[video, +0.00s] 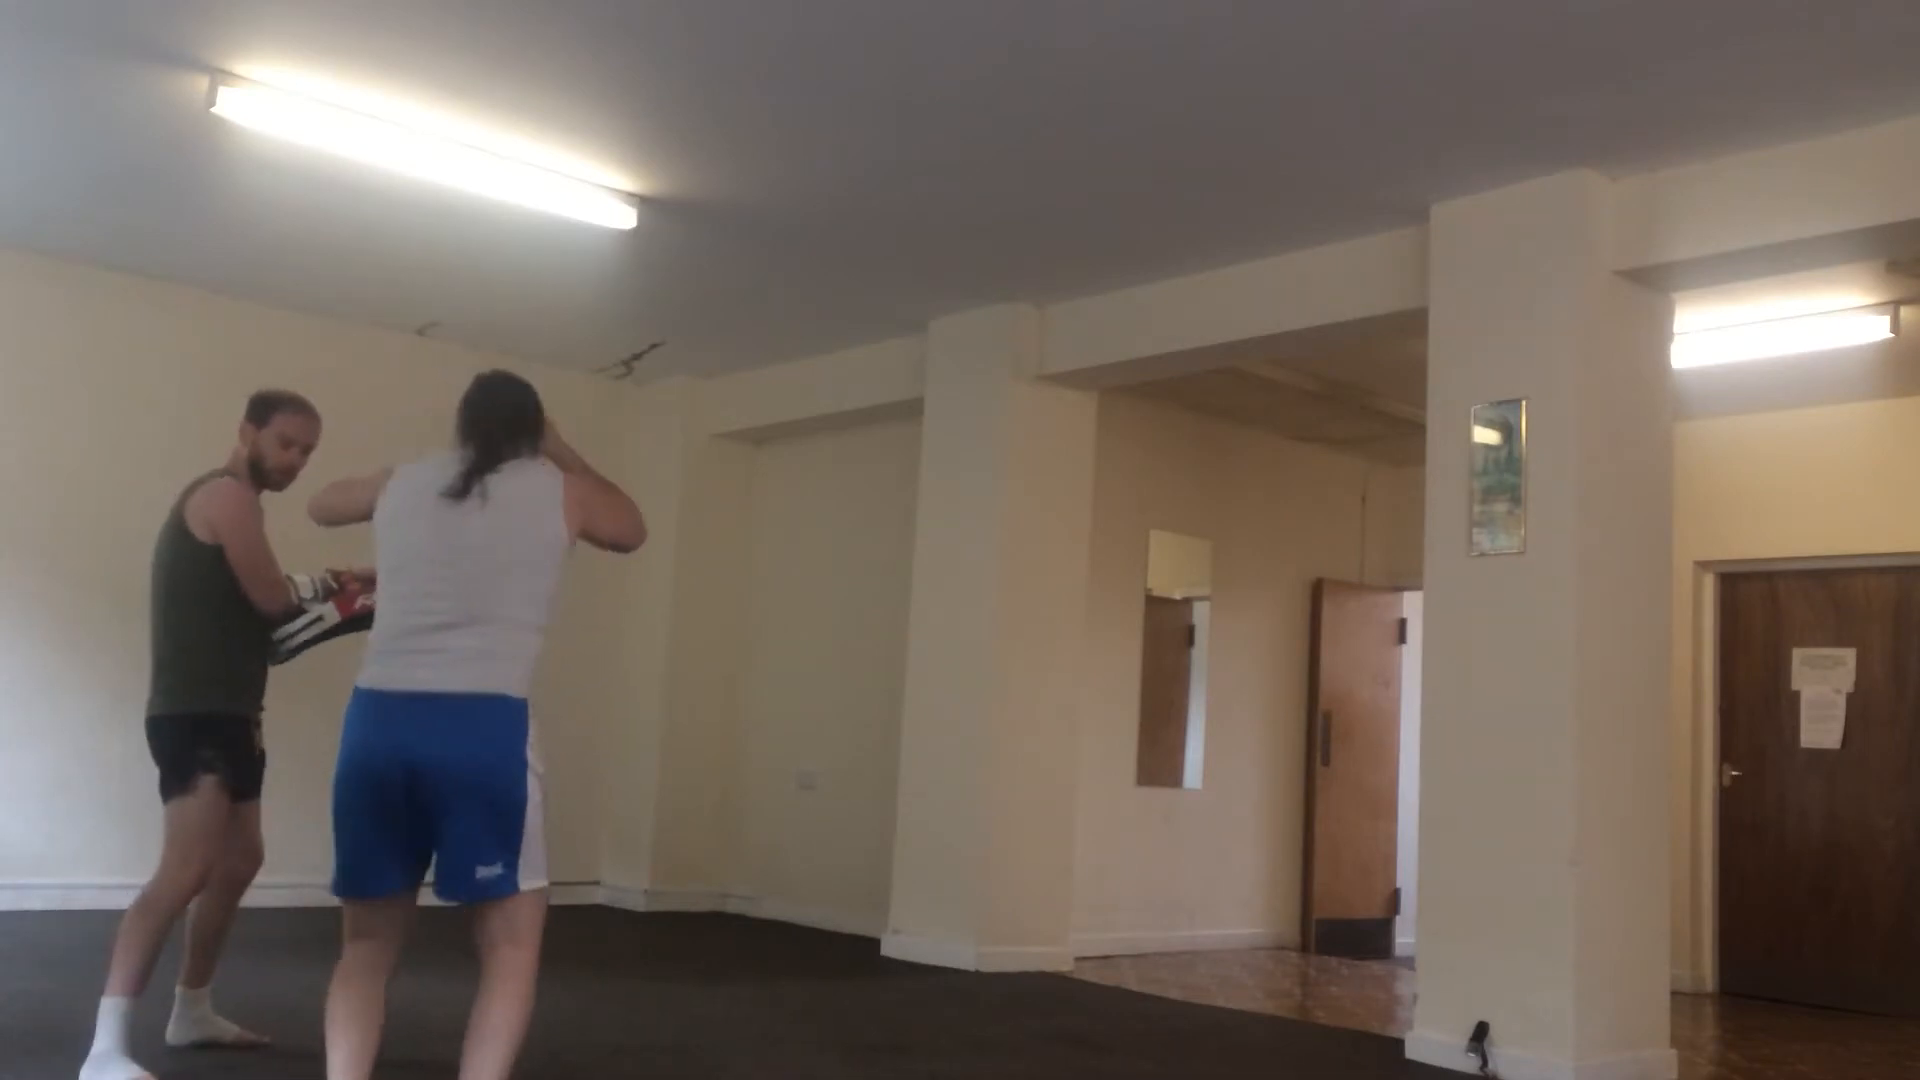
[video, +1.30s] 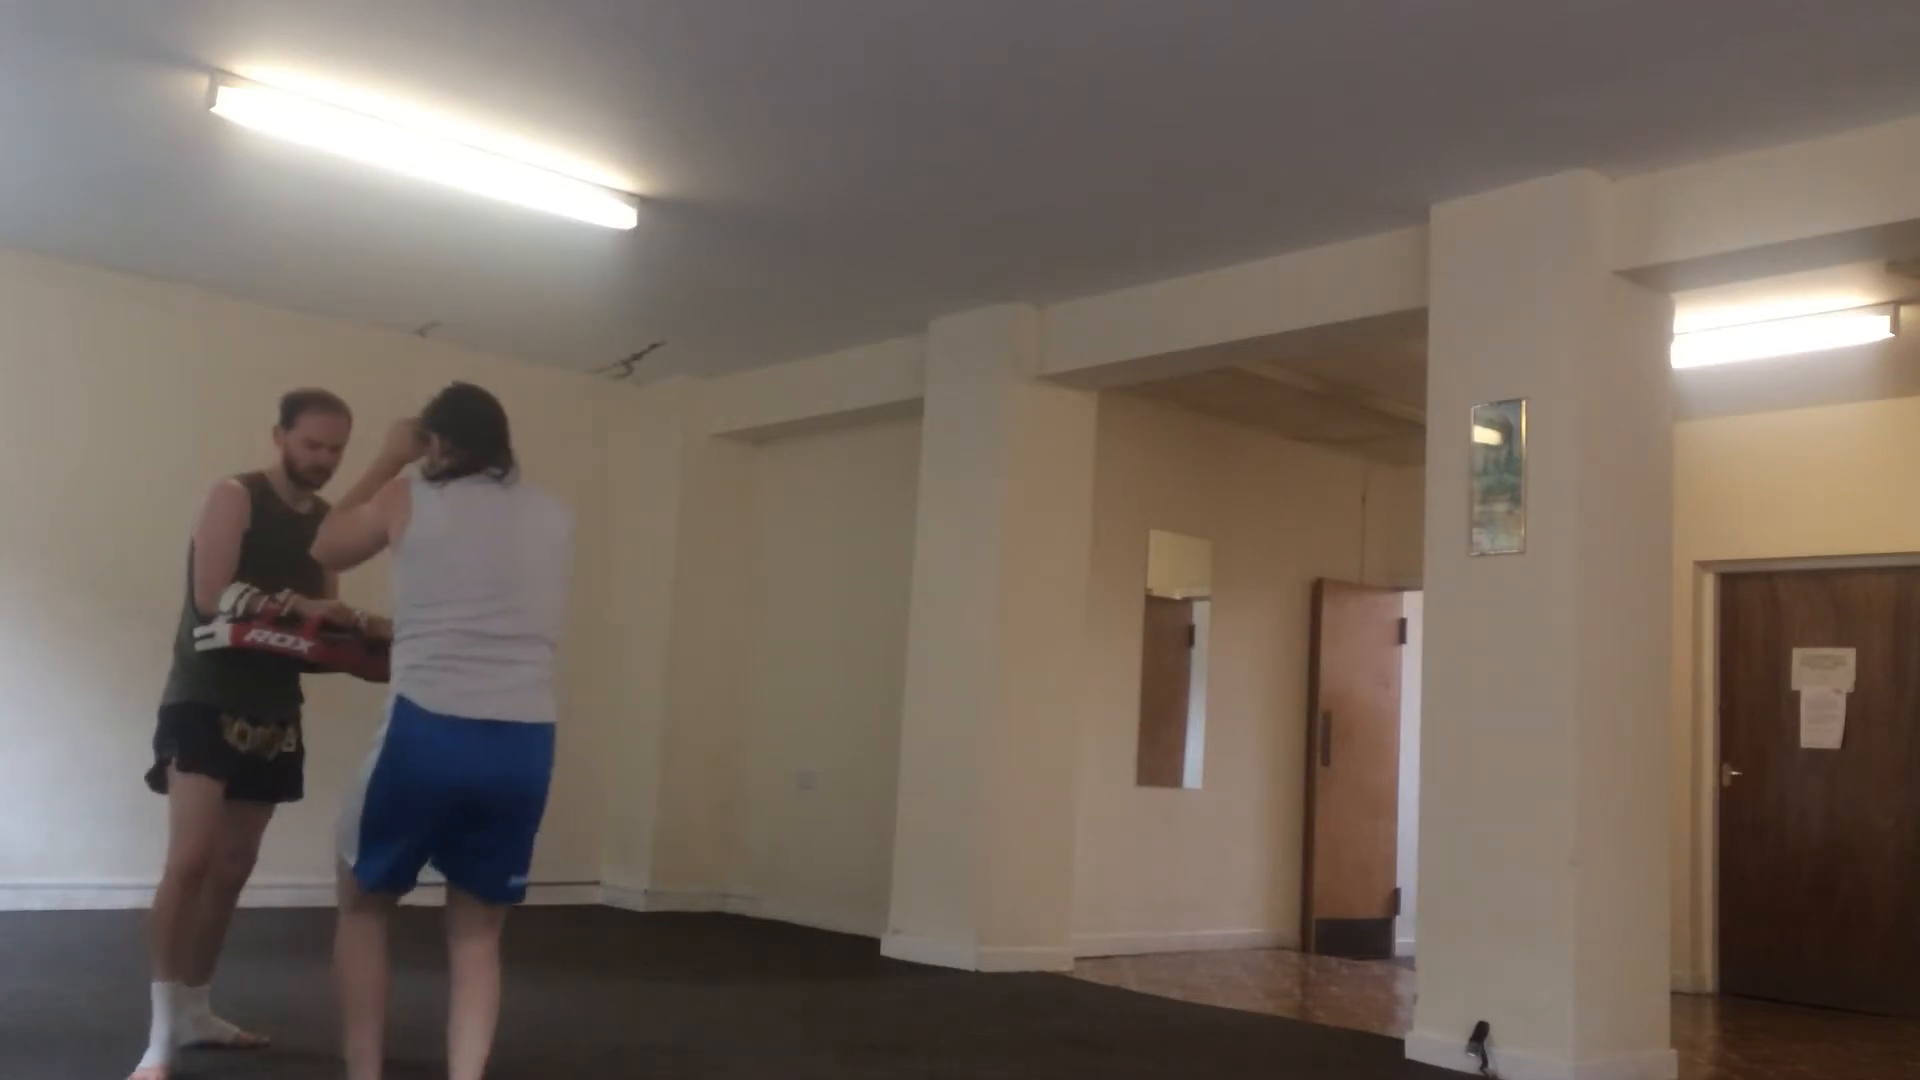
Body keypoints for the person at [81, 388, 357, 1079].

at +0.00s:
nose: (296, 461)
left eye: (305, 451)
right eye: (287, 445)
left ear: (305, 451)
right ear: (249, 433)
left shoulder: (220, 497)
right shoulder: (227, 496)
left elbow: (256, 626)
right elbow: (272, 598)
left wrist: (329, 598)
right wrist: (323, 585)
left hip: (228, 715)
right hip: (199, 716)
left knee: (238, 862)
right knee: (184, 869)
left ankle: (191, 1012)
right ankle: (105, 1049)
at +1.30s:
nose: (324, 460)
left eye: (335, 451)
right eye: (314, 445)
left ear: (341, 453)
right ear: (280, 436)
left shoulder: (324, 520)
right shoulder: (233, 498)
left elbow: (325, 612)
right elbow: (211, 595)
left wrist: (366, 629)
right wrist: (299, 607)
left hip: (273, 708)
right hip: (206, 703)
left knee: (232, 867)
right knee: (190, 863)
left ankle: (193, 1008)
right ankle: (162, 1030)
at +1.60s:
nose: (320, 452)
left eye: (331, 442)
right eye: (309, 437)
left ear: (340, 441)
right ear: (272, 427)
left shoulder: (339, 512)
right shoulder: (222, 493)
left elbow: (339, 601)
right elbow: (198, 593)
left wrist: (379, 588)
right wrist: (295, 584)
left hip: (295, 712)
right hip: (208, 707)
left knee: (321, 880)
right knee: (182, 874)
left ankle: (258, 990)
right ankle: (169, 1040)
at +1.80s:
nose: (344, 456)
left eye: (356, 447)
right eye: (335, 440)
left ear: (364, 445)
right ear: (299, 425)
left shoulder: (362, 510)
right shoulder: (237, 493)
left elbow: (408, 587)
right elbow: (207, 603)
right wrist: (291, 570)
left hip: (323, 718)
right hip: (230, 713)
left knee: (367, 880)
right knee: (170, 879)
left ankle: (392, 1046)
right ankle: (174, 1043)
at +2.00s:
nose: (375, 455)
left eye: (388, 444)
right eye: (364, 440)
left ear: (405, 441)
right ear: (335, 431)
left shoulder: (403, 506)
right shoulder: (288, 499)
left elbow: (472, 583)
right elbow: (225, 585)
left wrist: (465, 498)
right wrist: (236, 625)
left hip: (386, 726)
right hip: (294, 722)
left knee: (427, 878)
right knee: (215, 886)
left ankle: (398, 1050)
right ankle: (151, 1027)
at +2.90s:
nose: (341, 454)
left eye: (353, 439)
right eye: (326, 442)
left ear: (380, 429)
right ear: (307, 441)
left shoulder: (413, 505)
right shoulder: (290, 499)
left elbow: (393, 580)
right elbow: (259, 581)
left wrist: (380, 506)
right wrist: (232, 528)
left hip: (369, 715)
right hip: (281, 711)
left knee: (388, 879)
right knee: (218, 874)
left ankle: (442, 1040)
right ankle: (207, 1040)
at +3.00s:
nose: (339, 456)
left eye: (349, 440)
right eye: (324, 445)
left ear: (378, 426)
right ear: (307, 440)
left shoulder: (411, 499)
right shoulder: (300, 502)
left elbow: (396, 581)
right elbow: (256, 585)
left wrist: (347, 513)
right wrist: (231, 521)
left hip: (363, 723)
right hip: (284, 715)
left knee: (361, 884)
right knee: (220, 872)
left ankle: (448, 1030)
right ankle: (208, 1038)